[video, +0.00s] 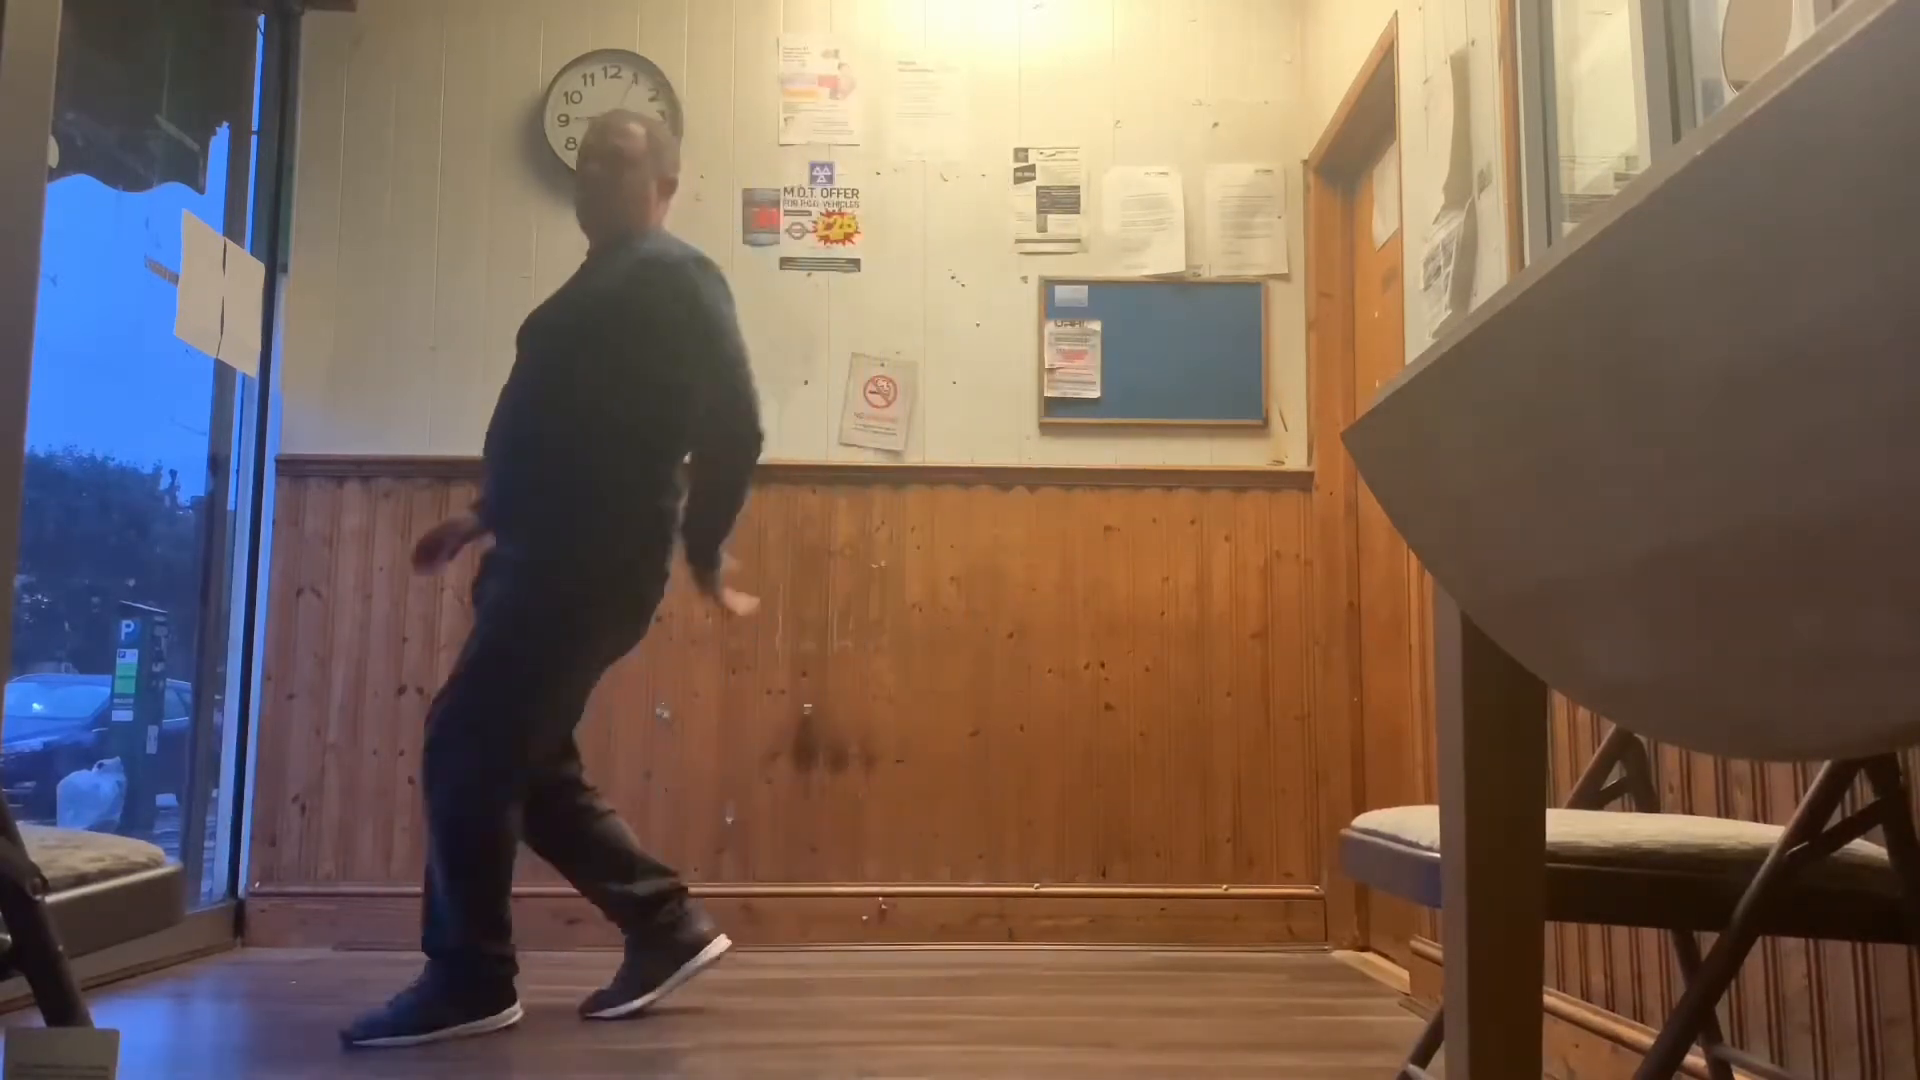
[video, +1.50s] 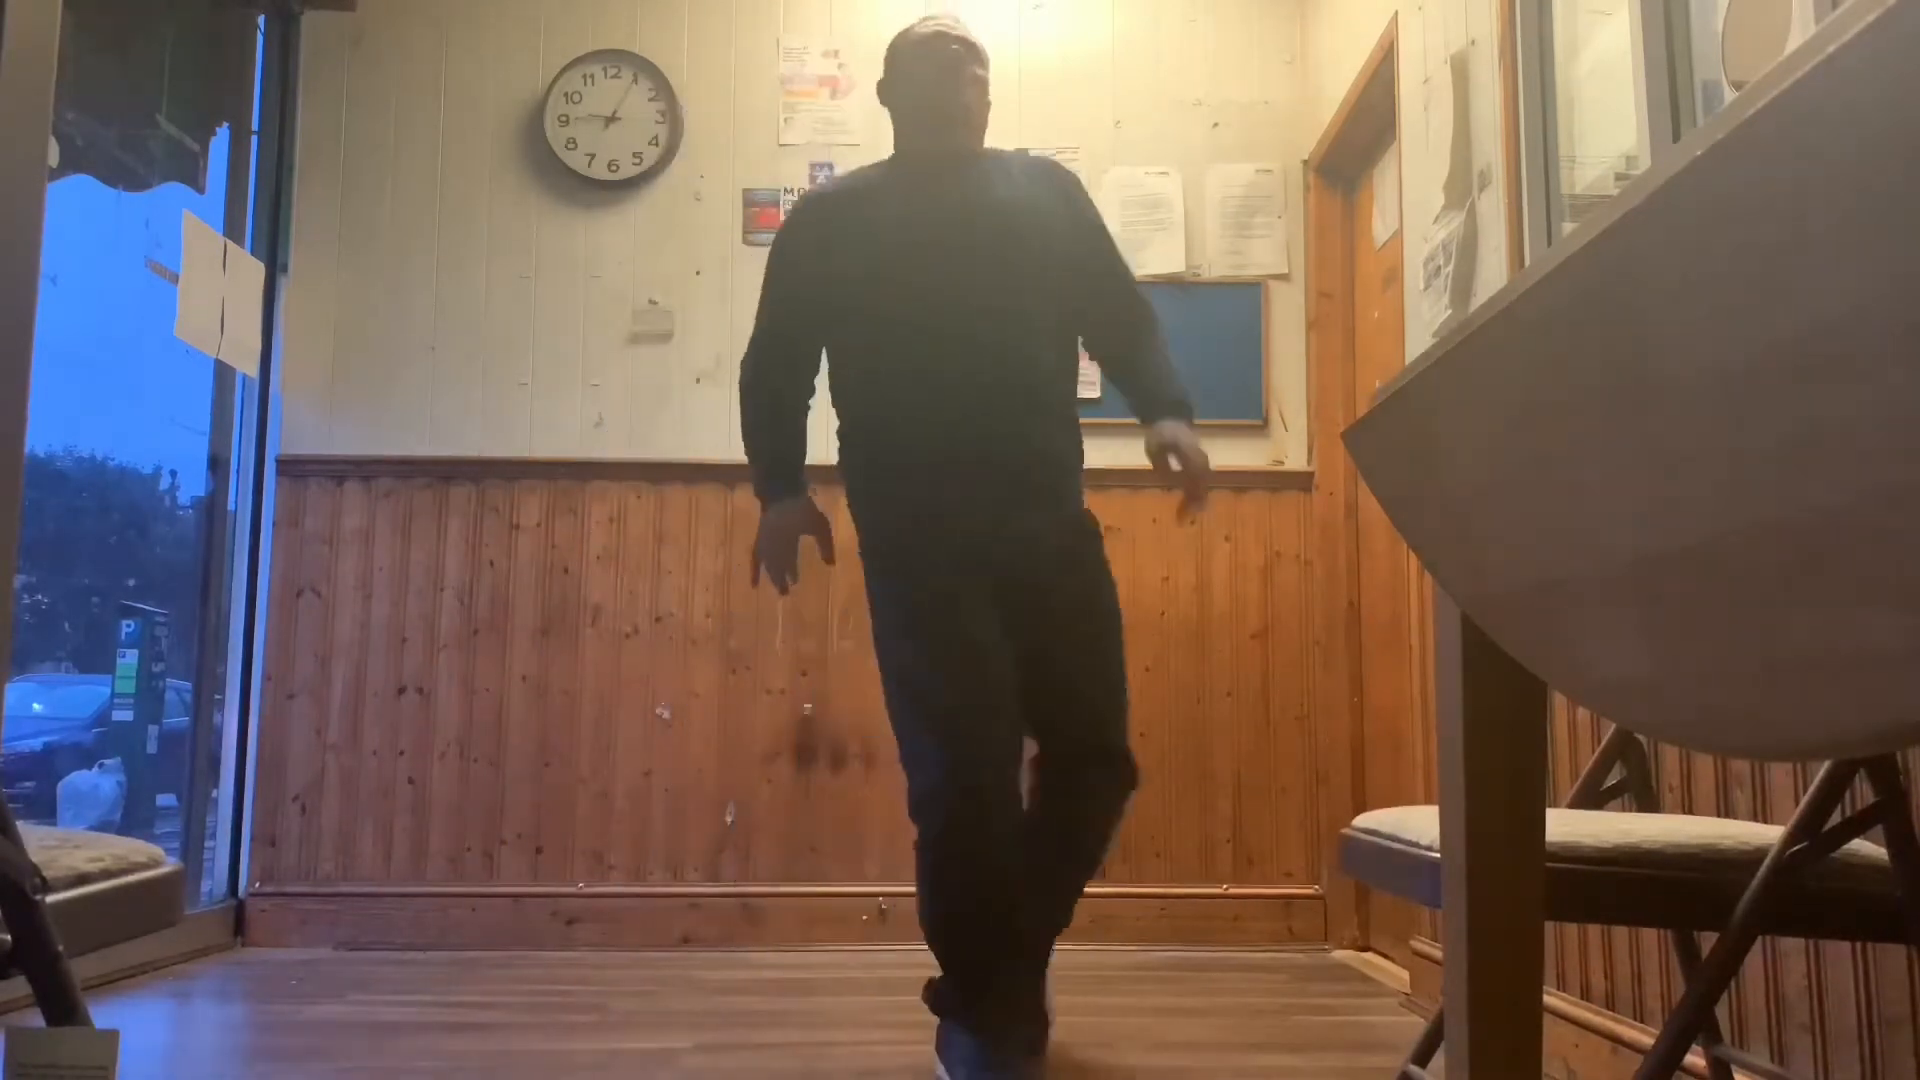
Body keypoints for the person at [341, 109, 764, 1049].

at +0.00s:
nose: (592, 181)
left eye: (613, 165)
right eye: (588, 166)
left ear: (661, 186)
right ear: (580, 181)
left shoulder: (679, 278)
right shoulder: (574, 300)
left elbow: (732, 425)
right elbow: (555, 437)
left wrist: (703, 542)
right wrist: (480, 519)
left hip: (588, 564)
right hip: (540, 562)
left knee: (465, 744)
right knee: (527, 762)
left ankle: (470, 975)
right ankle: (663, 926)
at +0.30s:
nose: (597, 169)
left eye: (620, 155)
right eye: (586, 159)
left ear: (664, 182)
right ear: (576, 191)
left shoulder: (700, 247)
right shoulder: (585, 307)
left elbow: (739, 311)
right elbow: (589, 464)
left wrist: (578, 320)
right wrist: (517, 545)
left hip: (682, 529)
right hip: (607, 540)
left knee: (578, 725)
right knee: (575, 730)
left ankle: (617, 954)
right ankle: (679, 936)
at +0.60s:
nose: (678, 108)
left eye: (701, 101)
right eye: (666, 99)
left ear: (737, 135)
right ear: (647, 132)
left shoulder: (765, 183)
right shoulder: (633, 249)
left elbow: (811, 269)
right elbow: (640, 368)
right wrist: (621, 459)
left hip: (792, 479)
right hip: (690, 499)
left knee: (835, 667)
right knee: (687, 727)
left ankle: (918, 869)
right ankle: (751, 938)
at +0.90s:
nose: (828, 127)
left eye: (844, 115)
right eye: (808, 112)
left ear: (866, 140)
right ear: (773, 136)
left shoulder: (915, 244)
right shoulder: (714, 251)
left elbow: (971, 388)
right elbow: (671, 373)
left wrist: (967, 515)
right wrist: (682, 461)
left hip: (898, 532)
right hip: (770, 537)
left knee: (945, 739)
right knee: (768, 754)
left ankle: (981, 965)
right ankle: (786, 952)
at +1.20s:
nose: (959, 96)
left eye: (964, 85)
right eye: (933, 83)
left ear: (977, 118)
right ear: (887, 118)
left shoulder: (1018, 238)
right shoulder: (830, 225)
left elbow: (1054, 388)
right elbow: (765, 377)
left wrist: (1086, 512)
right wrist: (769, 517)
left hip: (998, 544)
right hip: (873, 545)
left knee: (1022, 772)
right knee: (871, 768)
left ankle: (980, 987)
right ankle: (821, 967)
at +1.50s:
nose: (966, 77)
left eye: (975, 65)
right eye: (942, 63)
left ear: (988, 94)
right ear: (893, 95)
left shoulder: (1046, 193)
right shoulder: (830, 219)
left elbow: (1117, 312)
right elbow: (774, 367)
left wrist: (1166, 409)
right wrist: (781, 490)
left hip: (1049, 526)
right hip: (920, 539)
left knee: (1096, 763)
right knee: (966, 787)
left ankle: (991, 977)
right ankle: (991, 1034)